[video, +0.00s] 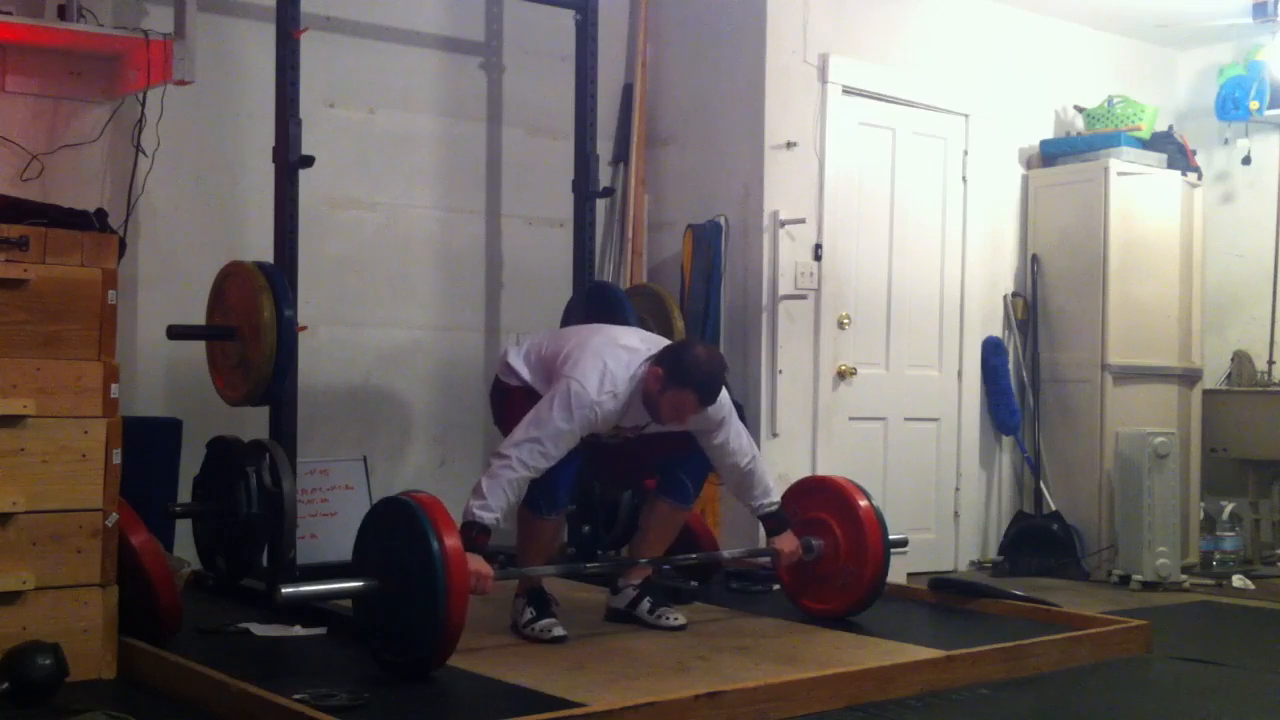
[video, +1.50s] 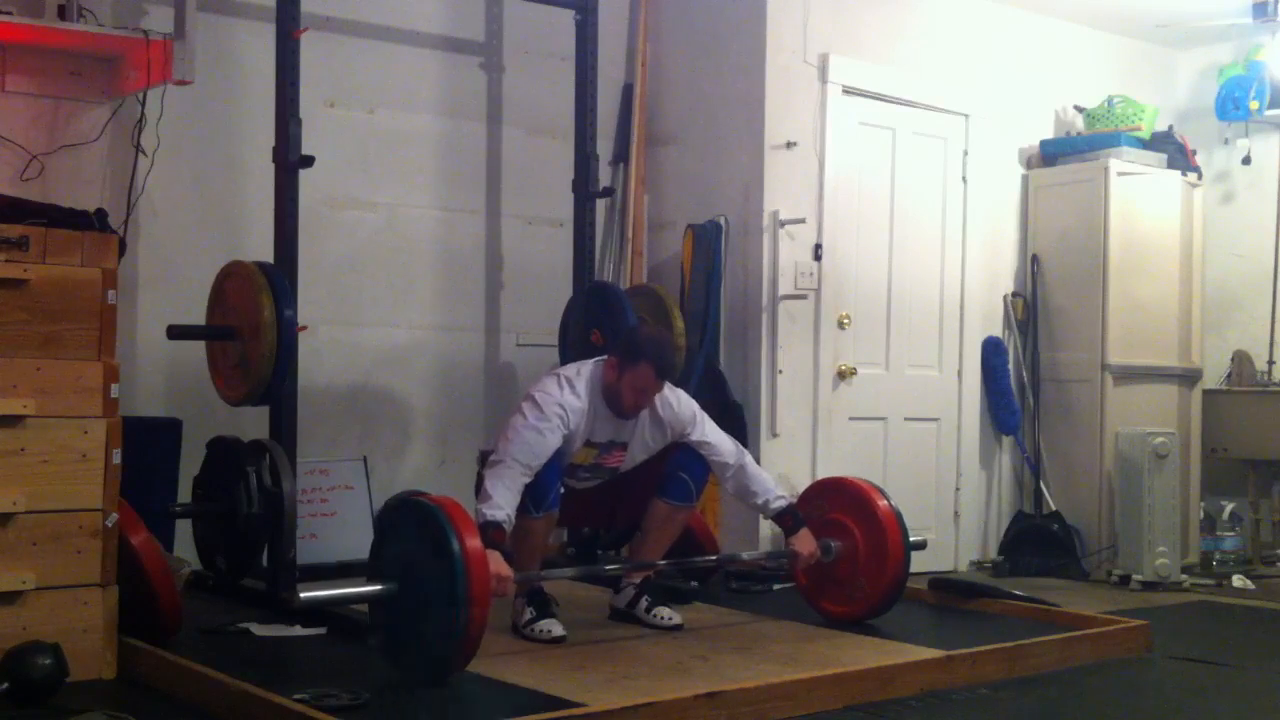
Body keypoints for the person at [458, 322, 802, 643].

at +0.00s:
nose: (681, 421)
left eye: (692, 414)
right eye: (678, 410)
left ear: (706, 400)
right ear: (655, 379)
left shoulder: (700, 395)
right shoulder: (591, 386)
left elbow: (740, 456)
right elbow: (519, 456)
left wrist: (778, 526)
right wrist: (473, 542)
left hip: (602, 416)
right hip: (526, 392)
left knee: (690, 459)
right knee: (558, 463)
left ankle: (629, 591)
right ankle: (531, 600)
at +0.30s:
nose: (679, 410)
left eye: (688, 403)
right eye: (675, 399)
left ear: (702, 392)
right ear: (649, 371)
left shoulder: (698, 396)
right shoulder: (586, 384)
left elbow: (739, 458)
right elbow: (517, 456)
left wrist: (782, 527)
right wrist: (476, 542)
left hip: (603, 432)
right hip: (523, 408)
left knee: (692, 461)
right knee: (556, 470)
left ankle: (632, 590)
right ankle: (532, 598)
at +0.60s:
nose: (663, 405)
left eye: (669, 397)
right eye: (659, 394)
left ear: (678, 385)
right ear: (630, 371)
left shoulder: (676, 398)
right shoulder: (565, 391)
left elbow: (733, 456)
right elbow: (507, 464)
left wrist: (790, 523)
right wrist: (487, 545)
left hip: (602, 469)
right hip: (515, 454)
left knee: (693, 459)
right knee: (545, 463)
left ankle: (632, 591)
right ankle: (531, 598)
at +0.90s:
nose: (646, 407)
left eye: (655, 398)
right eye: (639, 395)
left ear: (665, 386)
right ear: (614, 372)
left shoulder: (666, 405)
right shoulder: (562, 397)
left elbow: (733, 458)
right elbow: (509, 465)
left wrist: (792, 522)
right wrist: (492, 543)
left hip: (611, 502)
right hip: (550, 503)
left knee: (691, 460)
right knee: (544, 473)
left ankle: (632, 592)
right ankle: (529, 599)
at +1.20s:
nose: (644, 407)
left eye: (654, 399)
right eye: (639, 394)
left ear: (667, 387)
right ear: (614, 369)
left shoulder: (670, 406)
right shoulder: (562, 396)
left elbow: (733, 459)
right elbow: (508, 465)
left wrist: (793, 523)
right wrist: (491, 544)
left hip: (611, 501)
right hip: (549, 501)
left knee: (690, 461)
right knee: (543, 473)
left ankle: (631, 593)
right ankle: (528, 601)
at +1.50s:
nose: (643, 404)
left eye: (653, 394)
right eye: (637, 391)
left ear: (664, 383)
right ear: (612, 368)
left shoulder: (668, 405)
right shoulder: (561, 394)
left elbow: (733, 459)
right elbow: (508, 464)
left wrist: (793, 523)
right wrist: (491, 543)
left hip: (609, 502)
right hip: (548, 500)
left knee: (689, 461)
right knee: (545, 468)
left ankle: (630, 593)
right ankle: (528, 601)